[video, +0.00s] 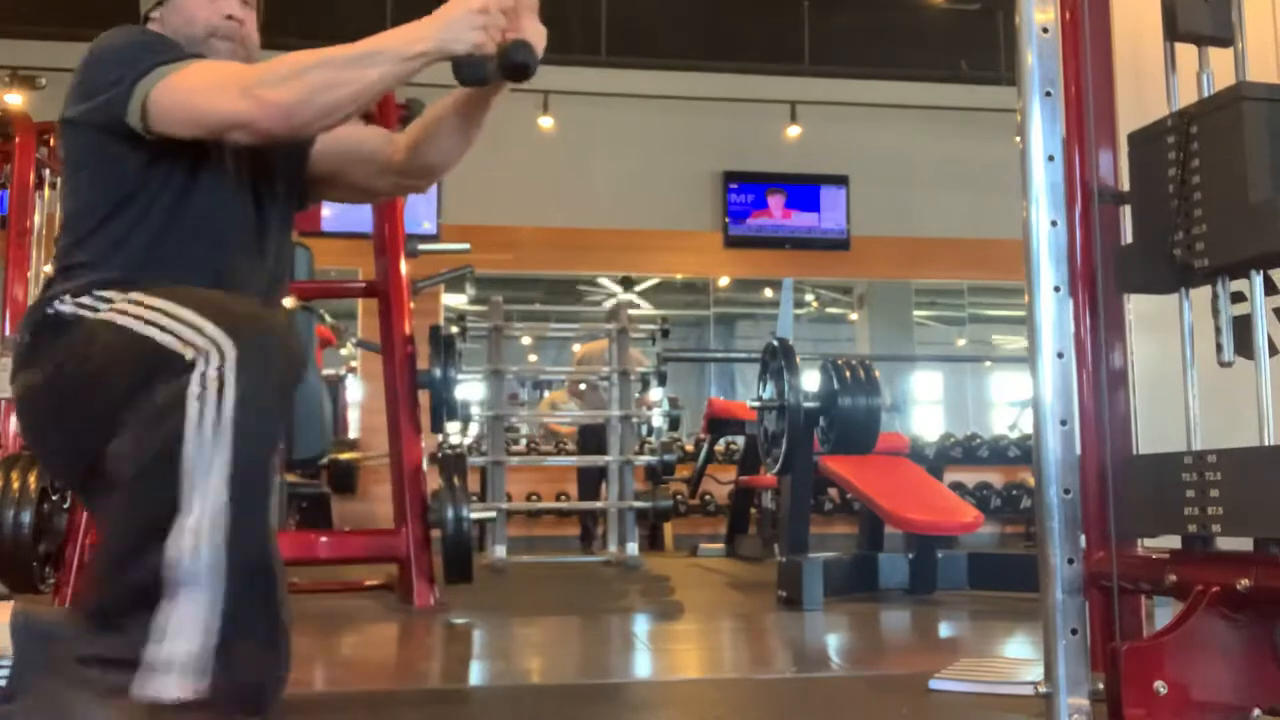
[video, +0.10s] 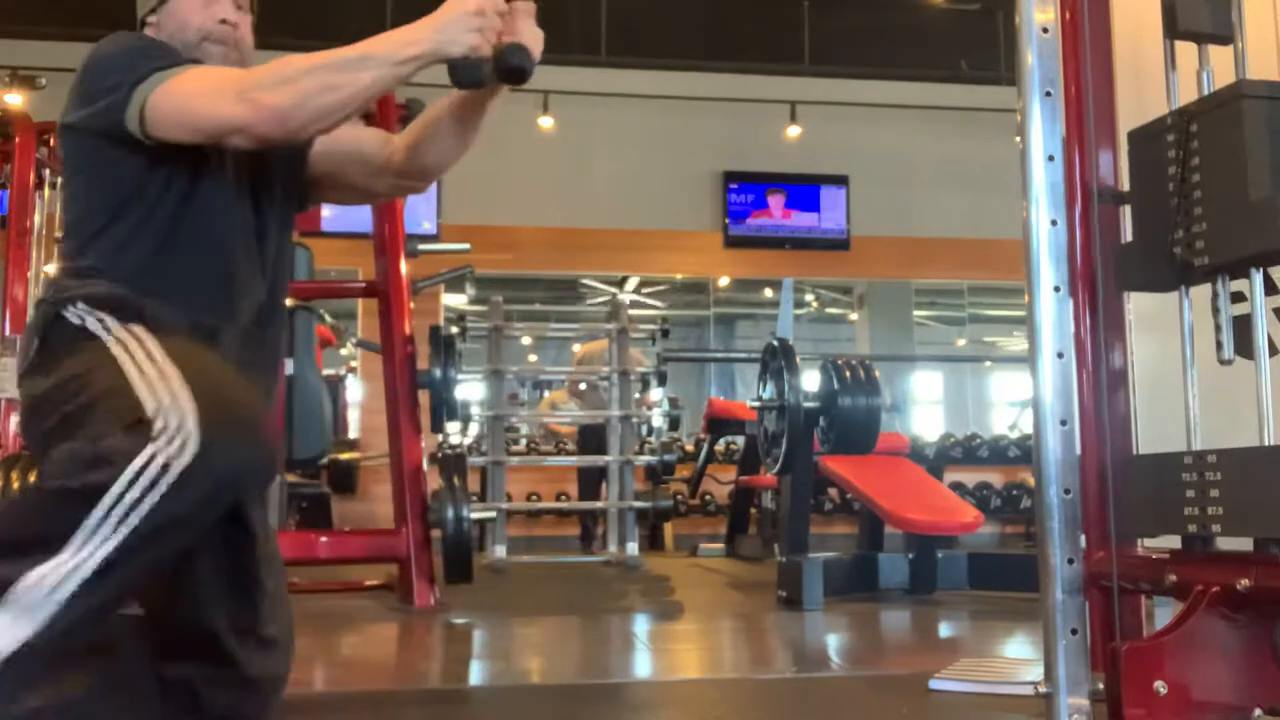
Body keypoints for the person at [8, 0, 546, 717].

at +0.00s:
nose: (243, 10)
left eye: (250, 4)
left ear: (261, 28)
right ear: (162, 9)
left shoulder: (273, 125)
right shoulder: (119, 59)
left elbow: (403, 162)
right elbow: (264, 102)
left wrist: (488, 79)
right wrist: (432, 35)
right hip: (87, 328)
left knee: (239, 662)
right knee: (239, 345)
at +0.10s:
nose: (232, 14)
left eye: (243, 4)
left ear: (255, 28)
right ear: (156, 11)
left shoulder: (271, 133)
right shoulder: (117, 65)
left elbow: (401, 163)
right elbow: (258, 108)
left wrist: (485, 77)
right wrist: (423, 37)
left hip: (224, 393)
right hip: (104, 334)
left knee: (235, 667)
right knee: (198, 439)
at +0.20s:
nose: (235, 13)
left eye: (245, 5)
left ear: (257, 35)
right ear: (157, 14)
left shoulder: (271, 134)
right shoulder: (123, 66)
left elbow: (403, 165)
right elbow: (260, 111)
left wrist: (486, 81)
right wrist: (425, 42)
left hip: (224, 428)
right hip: (111, 357)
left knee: (241, 671)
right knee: (154, 536)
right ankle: (5, 632)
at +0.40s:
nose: (240, 15)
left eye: (251, 7)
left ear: (262, 31)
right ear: (160, 11)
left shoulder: (268, 127)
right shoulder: (128, 64)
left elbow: (406, 166)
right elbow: (268, 114)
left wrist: (494, 93)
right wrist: (444, 50)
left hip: (218, 440)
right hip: (102, 399)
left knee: (238, 678)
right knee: (95, 659)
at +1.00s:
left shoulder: (300, 121)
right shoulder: (193, 56)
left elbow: (462, 220)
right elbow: (384, 175)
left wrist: (578, 142)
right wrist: (550, 108)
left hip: (197, 472)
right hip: (66, 441)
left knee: (237, 685)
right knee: (106, 700)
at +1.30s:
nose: (458, 66)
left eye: (458, 45)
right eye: (437, 38)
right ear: (358, 42)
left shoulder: (396, 179)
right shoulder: (271, 103)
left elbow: (520, 308)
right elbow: (425, 254)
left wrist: (620, 243)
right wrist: (607, 206)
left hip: (215, 486)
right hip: (76, 451)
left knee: (254, 688)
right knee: (111, 702)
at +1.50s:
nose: (499, 151)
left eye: (503, 129)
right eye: (483, 119)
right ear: (410, 104)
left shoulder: (438, 244)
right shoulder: (310, 159)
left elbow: (514, 389)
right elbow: (413, 329)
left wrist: (610, 331)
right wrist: (597, 298)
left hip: (207, 491)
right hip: (78, 448)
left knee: (259, 683)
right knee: (112, 696)